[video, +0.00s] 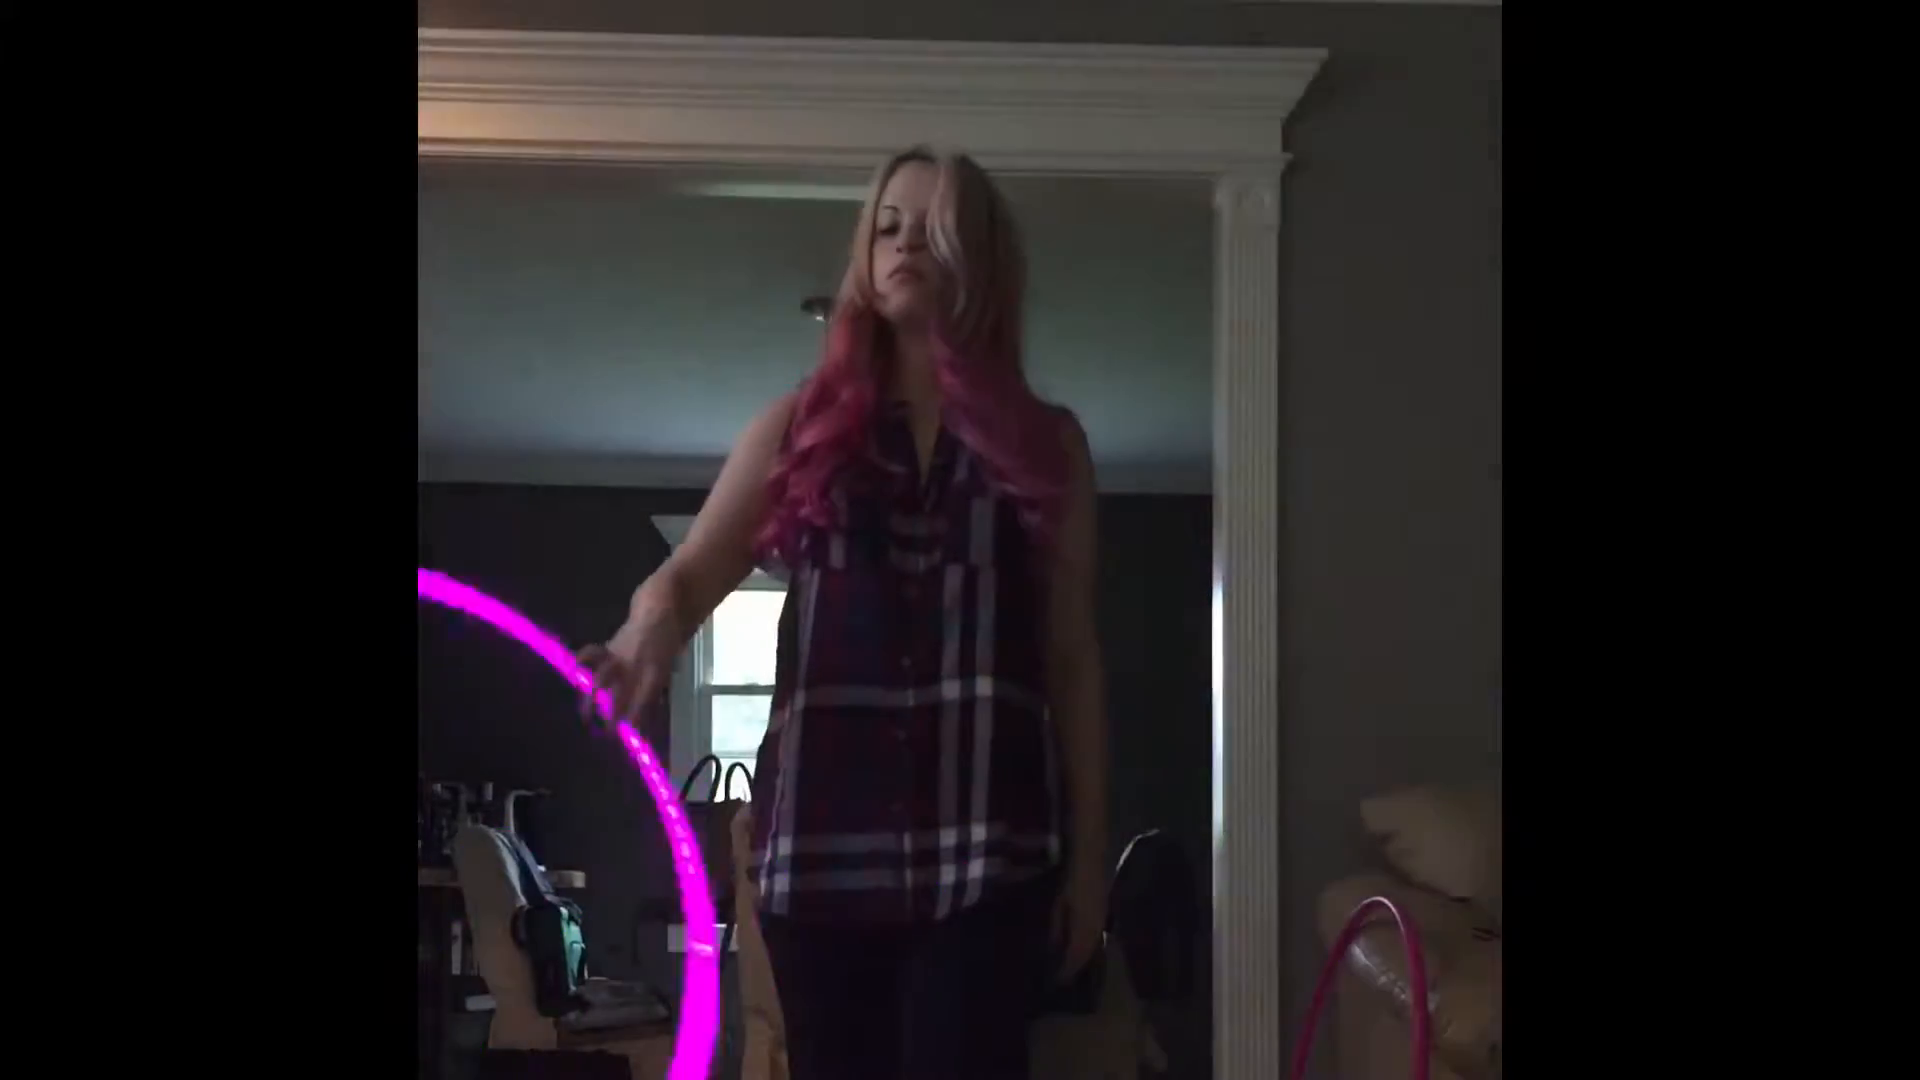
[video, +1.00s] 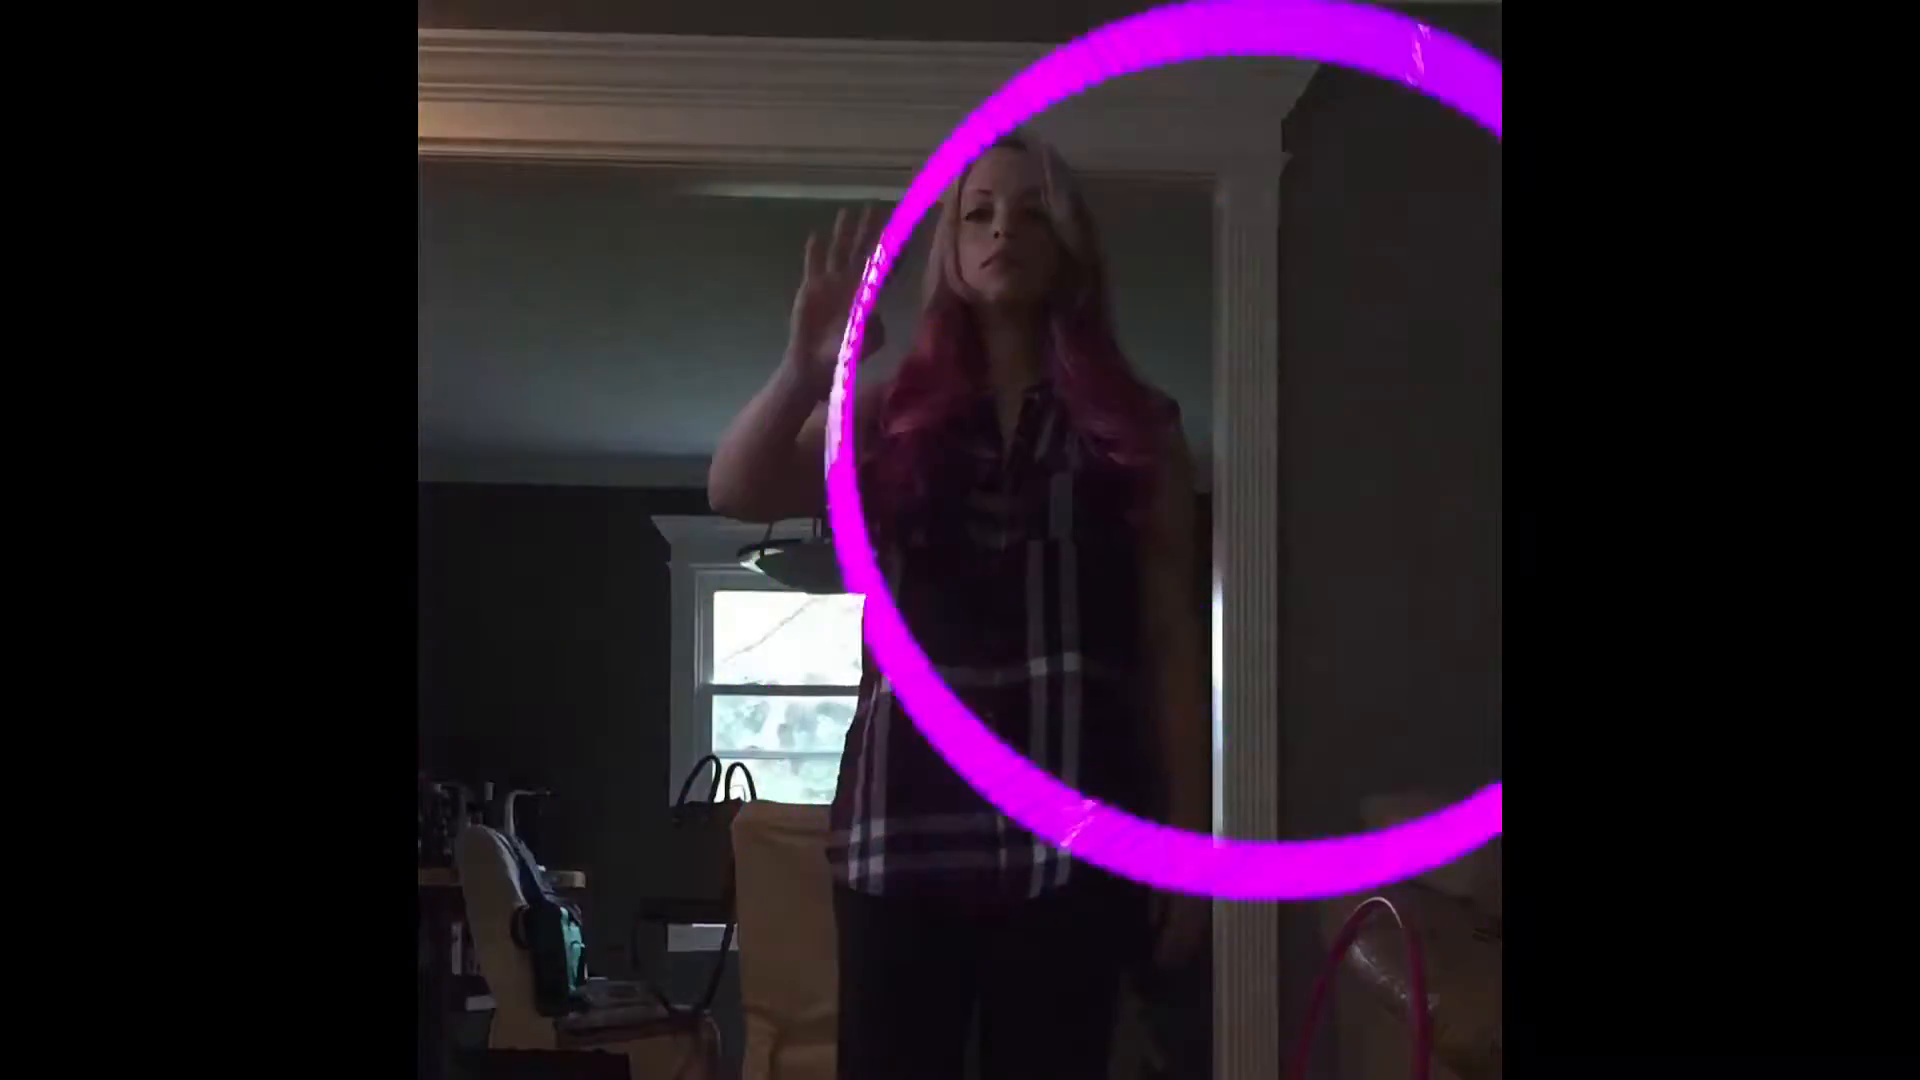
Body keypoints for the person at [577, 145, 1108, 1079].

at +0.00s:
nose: (909, 246)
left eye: (937, 232)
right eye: (891, 227)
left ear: (982, 261)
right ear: (863, 253)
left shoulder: (1043, 439)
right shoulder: (800, 422)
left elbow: (1072, 656)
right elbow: (697, 571)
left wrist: (1089, 852)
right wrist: (648, 634)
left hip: (986, 845)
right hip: (823, 844)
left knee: (967, 1063)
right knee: (834, 1065)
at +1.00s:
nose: (1004, 229)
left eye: (1031, 209)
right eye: (980, 214)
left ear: (1072, 244)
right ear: (950, 250)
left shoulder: (1134, 422)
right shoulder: (896, 407)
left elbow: (1173, 643)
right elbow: (738, 491)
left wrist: (1187, 840)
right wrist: (803, 368)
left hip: (1082, 850)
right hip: (907, 850)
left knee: (1053, 1070)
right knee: (893, 1067)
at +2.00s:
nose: (998, 269)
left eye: (1024, 249)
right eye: (974, 251)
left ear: (1063, 279)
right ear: (940, 283)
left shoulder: (1118, 471)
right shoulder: (883, 442)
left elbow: (1152, 687)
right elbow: (684, 497)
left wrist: (1164, 891)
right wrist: (782, 574)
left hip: (1055, 869)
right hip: (888, 852)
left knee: (1021, 1070)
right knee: (750, 1068)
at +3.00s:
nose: (943, 298)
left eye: (961, 280)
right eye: (942, 280)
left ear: (1019, 290)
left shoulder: (1053, 415)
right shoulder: (1041, 412)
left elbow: (912, 572)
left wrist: (743, 715)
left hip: (1045, 842)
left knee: (977, 1053)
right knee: (990, 1051)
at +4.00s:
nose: (1084, 248)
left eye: (1102, 223)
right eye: (1090, 224)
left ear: (1161, 230)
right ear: (1240, 235)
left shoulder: (1099, 350)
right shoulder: (1304, 382)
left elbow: (899, 449)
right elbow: (1346, 626)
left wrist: (750, 494)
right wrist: (1343, 866)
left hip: (1156, 814)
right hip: (1302, 813)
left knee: (1121, 1052)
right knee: (1186, 1046)